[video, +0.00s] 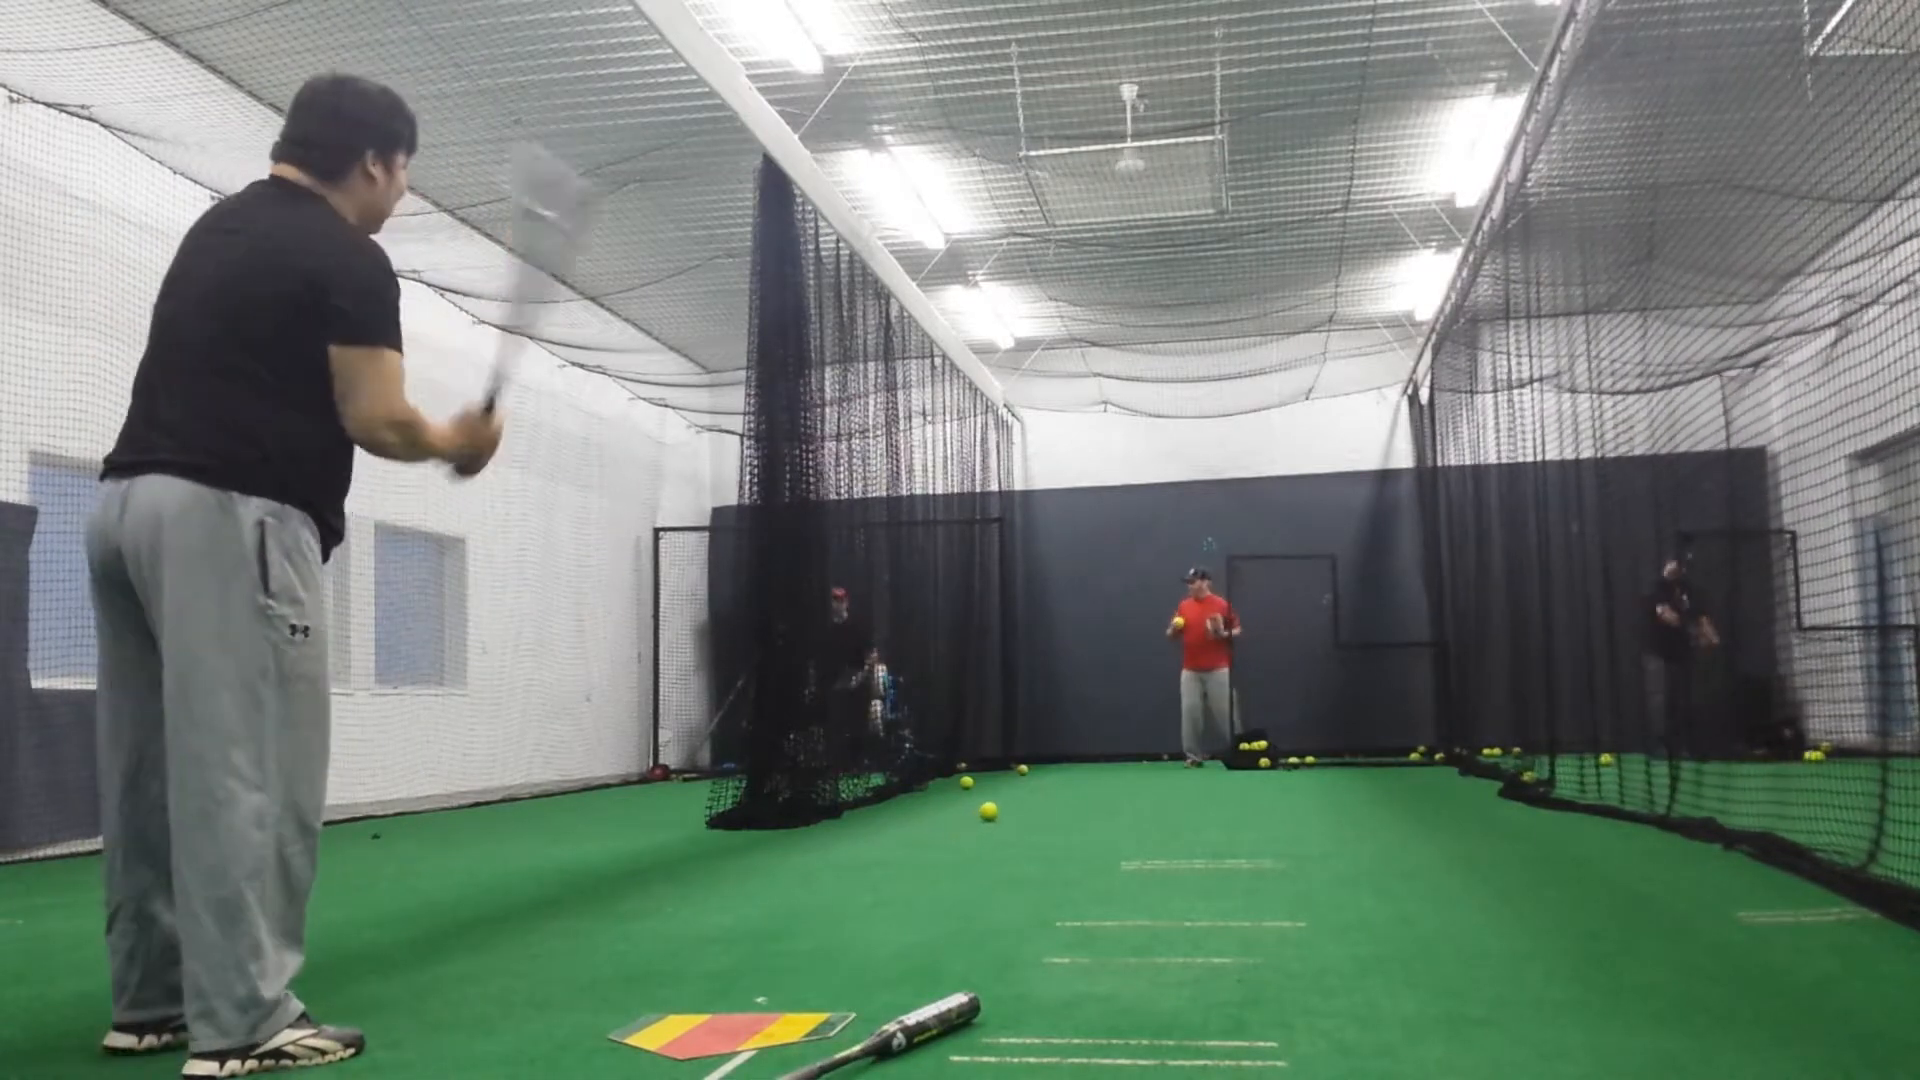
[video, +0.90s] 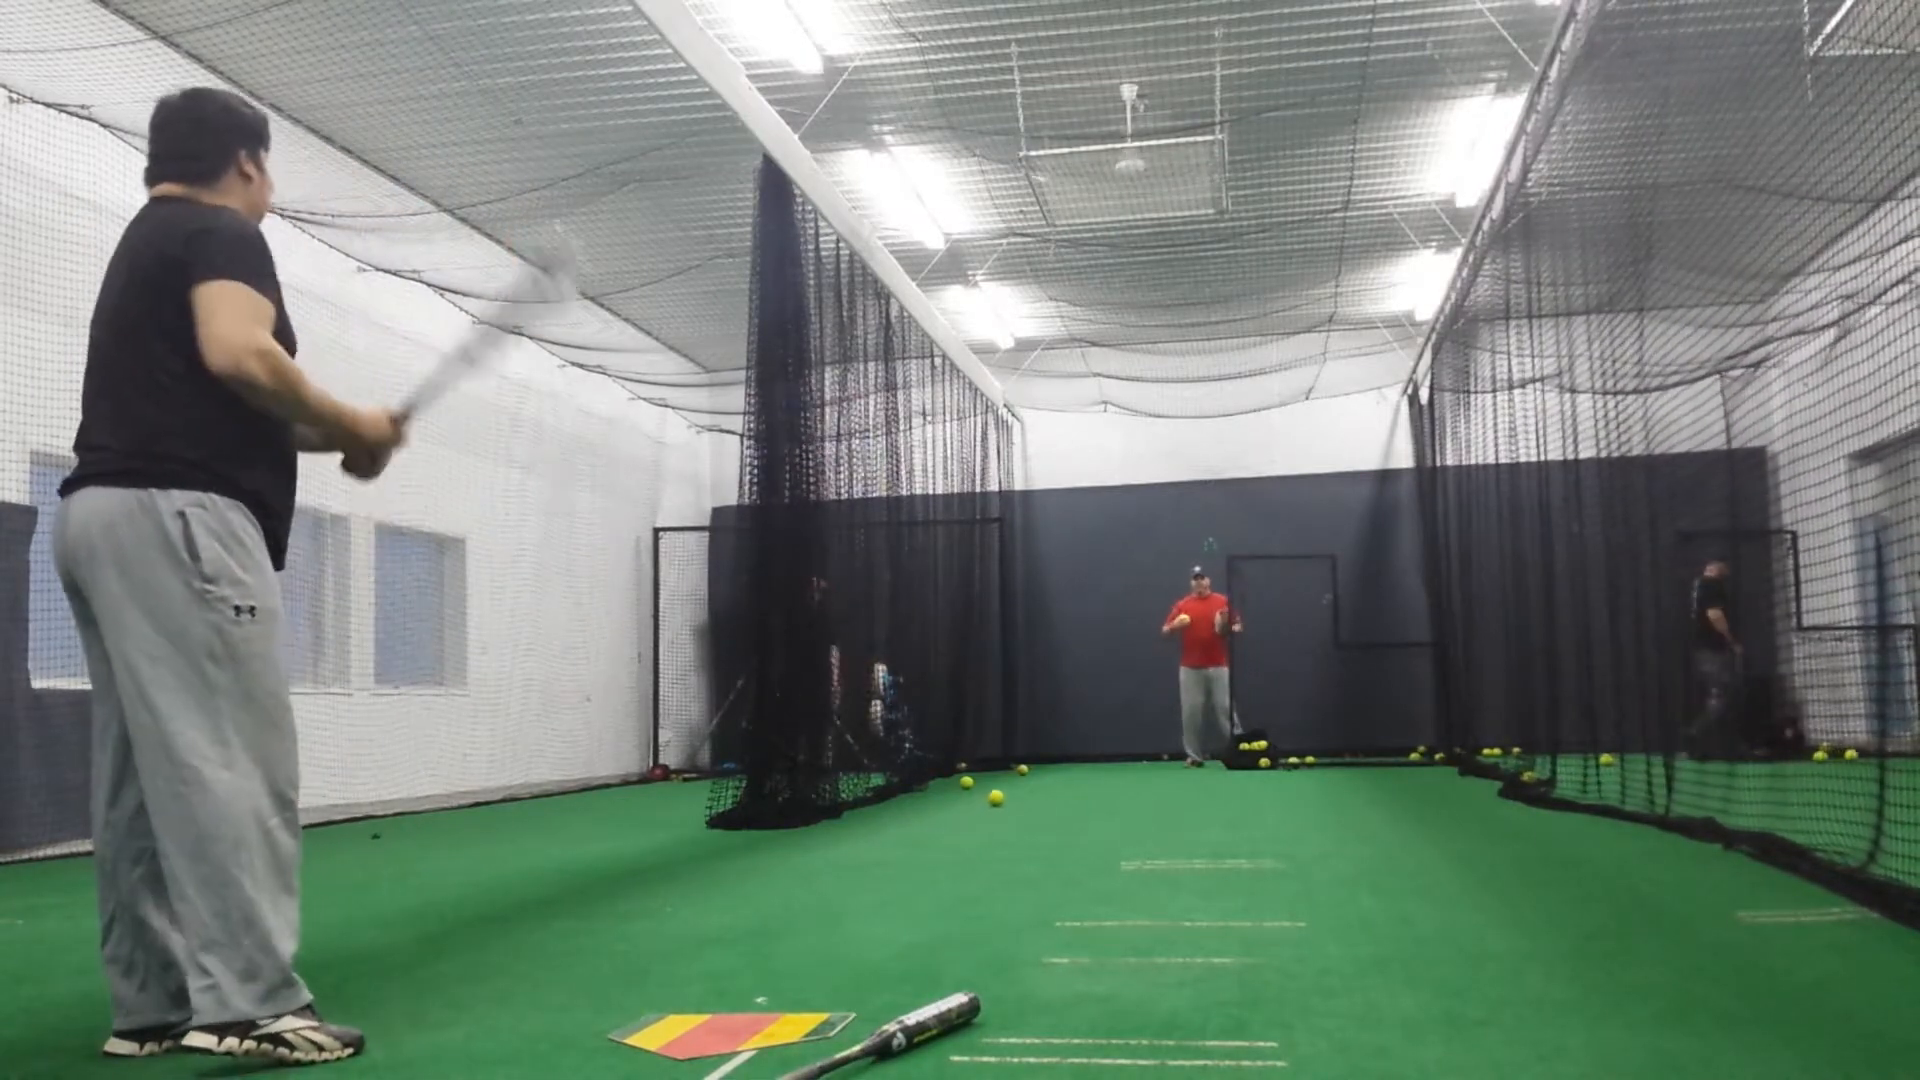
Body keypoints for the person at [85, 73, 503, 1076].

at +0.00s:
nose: (400, 198)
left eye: (403, 179)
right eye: (401, 176)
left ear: (299, 152)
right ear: (371, 162)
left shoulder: (222, 223)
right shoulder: (347, 255)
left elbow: (249, 383)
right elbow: (377, 418)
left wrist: (396, 428)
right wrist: (450, 442)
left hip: (130, 504)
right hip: (230, 517)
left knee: (147, 767)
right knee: (247, 769)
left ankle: (151, 1003)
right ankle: (243, 1021)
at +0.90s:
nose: (270, 190)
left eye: (267, 173)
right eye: (267, 171)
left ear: (171, 167)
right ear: (240, 165)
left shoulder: (148, 237)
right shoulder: (221, 231)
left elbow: (209, 407)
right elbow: (237, 354)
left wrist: (335, 439)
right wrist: (350, 422)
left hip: (102, 516)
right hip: (172, 516)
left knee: (139, 769)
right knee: (232, 756)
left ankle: (152, 1008)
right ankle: (249, 1005)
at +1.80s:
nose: (253, 143)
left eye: (247, 125)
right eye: (249, 125)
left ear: (148, 130)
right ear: (228, 123)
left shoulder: (119, 220)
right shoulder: (211, 206)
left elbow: (148, 362)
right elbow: (232, 333)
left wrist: (283, 339)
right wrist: (324, 385)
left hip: (112, 514)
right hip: (186, 522)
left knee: (160, 774)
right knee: (194, 782)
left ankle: (172, 995)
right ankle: (157, 1032)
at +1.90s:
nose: (254, 135)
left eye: (249, 118)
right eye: (251, 117)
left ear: (146, 123)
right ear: (229, 115)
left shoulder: (104, 217)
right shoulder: (224, 203)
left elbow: (135, 360)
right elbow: (254, 332)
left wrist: (286, 377)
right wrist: (332, 383)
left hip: (98, 512)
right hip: (186, 519)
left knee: (154, 770)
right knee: (194, 780)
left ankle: (175, 992)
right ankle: (157, 1032)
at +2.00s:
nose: (259, 127)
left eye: (254, 110)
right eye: (255, 109)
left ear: (148, 114)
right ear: (231, 107)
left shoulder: (89, 217)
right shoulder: (237, 201)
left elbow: (83, 370)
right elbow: (274, 332)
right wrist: (339, 382)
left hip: (85, 510)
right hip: (185, 515)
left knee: (144, 768)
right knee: (190, 776)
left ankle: (175, 994)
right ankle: (157, 1031)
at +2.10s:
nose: (260, 123)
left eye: (256, 106)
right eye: (257, 106)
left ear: (147, 108)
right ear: (234, 104)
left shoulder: (81, 212)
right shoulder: (247, 203)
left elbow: (52, 370)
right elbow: (290, 337)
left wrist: (106, 444)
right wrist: (344, 385)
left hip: (73, 510)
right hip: (182, 516)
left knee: (132, 769)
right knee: (186, 773)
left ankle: (167, 992)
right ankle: (156, 1033)